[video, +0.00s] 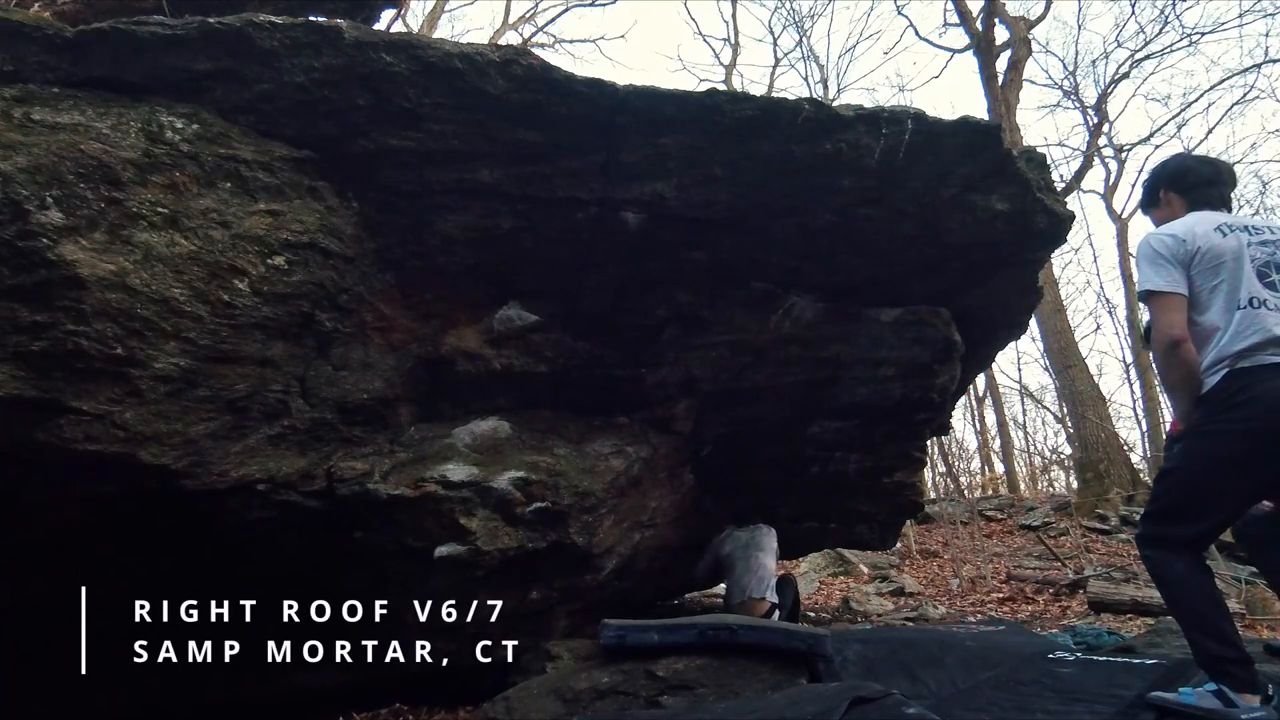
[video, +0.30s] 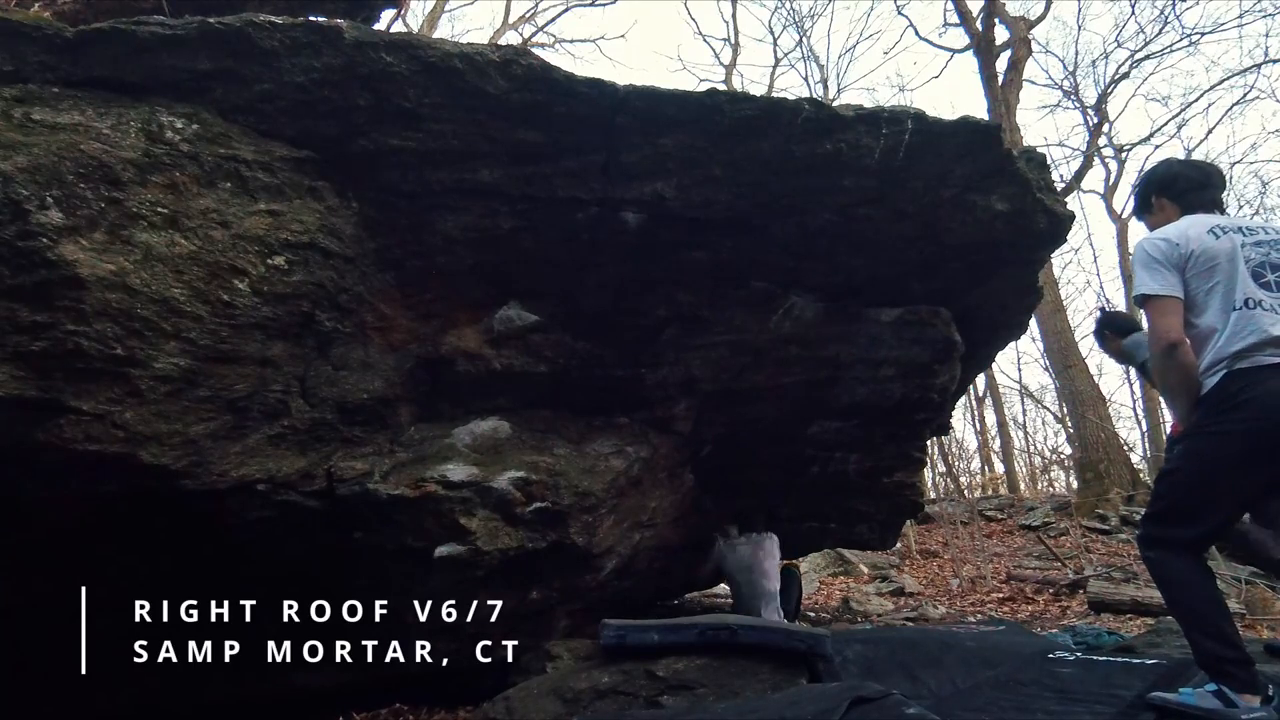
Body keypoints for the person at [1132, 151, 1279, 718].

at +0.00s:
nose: (1153, 220)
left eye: (1154, 210)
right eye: (1152, 212)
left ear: (1170, 201)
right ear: (1222, 197)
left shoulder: (1167, 238)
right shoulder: (1267, 228)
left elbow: (1172, 338)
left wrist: (1186, 415)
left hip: (1249, 393)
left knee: (1166, 536)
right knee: (1253, 523)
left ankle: (1235, 684)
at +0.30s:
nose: (1148, 224)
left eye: (1146, 215)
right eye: (1145, 216)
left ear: (1163, 205)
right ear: (1215, 200)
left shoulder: (1162, 241)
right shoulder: (1265, 231)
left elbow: (1170, 343)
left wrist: (1186, 420)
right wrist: (1140, 350)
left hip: (1247, 392)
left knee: (1166, 537)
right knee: (1232, 523)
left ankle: (1236, 684)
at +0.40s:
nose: (1145, 225)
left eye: (1144, 215)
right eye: (1142, 217)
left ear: (1163, 204)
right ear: (1211, 201)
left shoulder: (1162, 242)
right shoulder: (1262, 232)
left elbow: (1169, 342)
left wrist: (1186, 422)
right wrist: (1131, 352)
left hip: (1249, 390)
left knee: (1168, 537)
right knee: (1262, 507)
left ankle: (1236, 684)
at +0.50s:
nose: (1146, 225)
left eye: (1146, 215)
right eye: (1144, 217)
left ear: (1164, 205)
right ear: (1211, 202)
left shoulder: (1162, 242)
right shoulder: (1263, 231)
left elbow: (1169, 343)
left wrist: (1185, 416)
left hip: (1251, 389)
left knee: (1166, 536)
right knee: (1247, 502)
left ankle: (1236, 685)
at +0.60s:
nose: (1144, 227)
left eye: (1145, 216)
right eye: (1143, 218)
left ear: (1164, 204)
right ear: (1209, 203)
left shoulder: (1163, 242)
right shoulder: (1263, 232)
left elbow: (1170, 343)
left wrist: (1186, 417)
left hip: (1252, 390)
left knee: (1165, 535)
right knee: (1227, 522)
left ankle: (1236, 685)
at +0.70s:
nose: (1145, 229)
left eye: (1145, 217)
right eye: (1144, 219)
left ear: (1163, 205)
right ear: (1210, 203)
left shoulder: (1163, 243)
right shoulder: (1264, 233)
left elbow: (1170, 343)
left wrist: (1185, 418)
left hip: (1254, 392)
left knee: (1165, 533)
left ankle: (1235, 684)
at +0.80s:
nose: (1147, 229)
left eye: (1146, 219)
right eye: (1145, 220)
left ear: (1162, 208)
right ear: (1212, 204)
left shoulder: (1163, 243)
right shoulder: (1264, 233)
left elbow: (1171, 344)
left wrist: (1187, 419)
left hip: (1254, 394)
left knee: (1163, 532)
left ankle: (1236, 685)